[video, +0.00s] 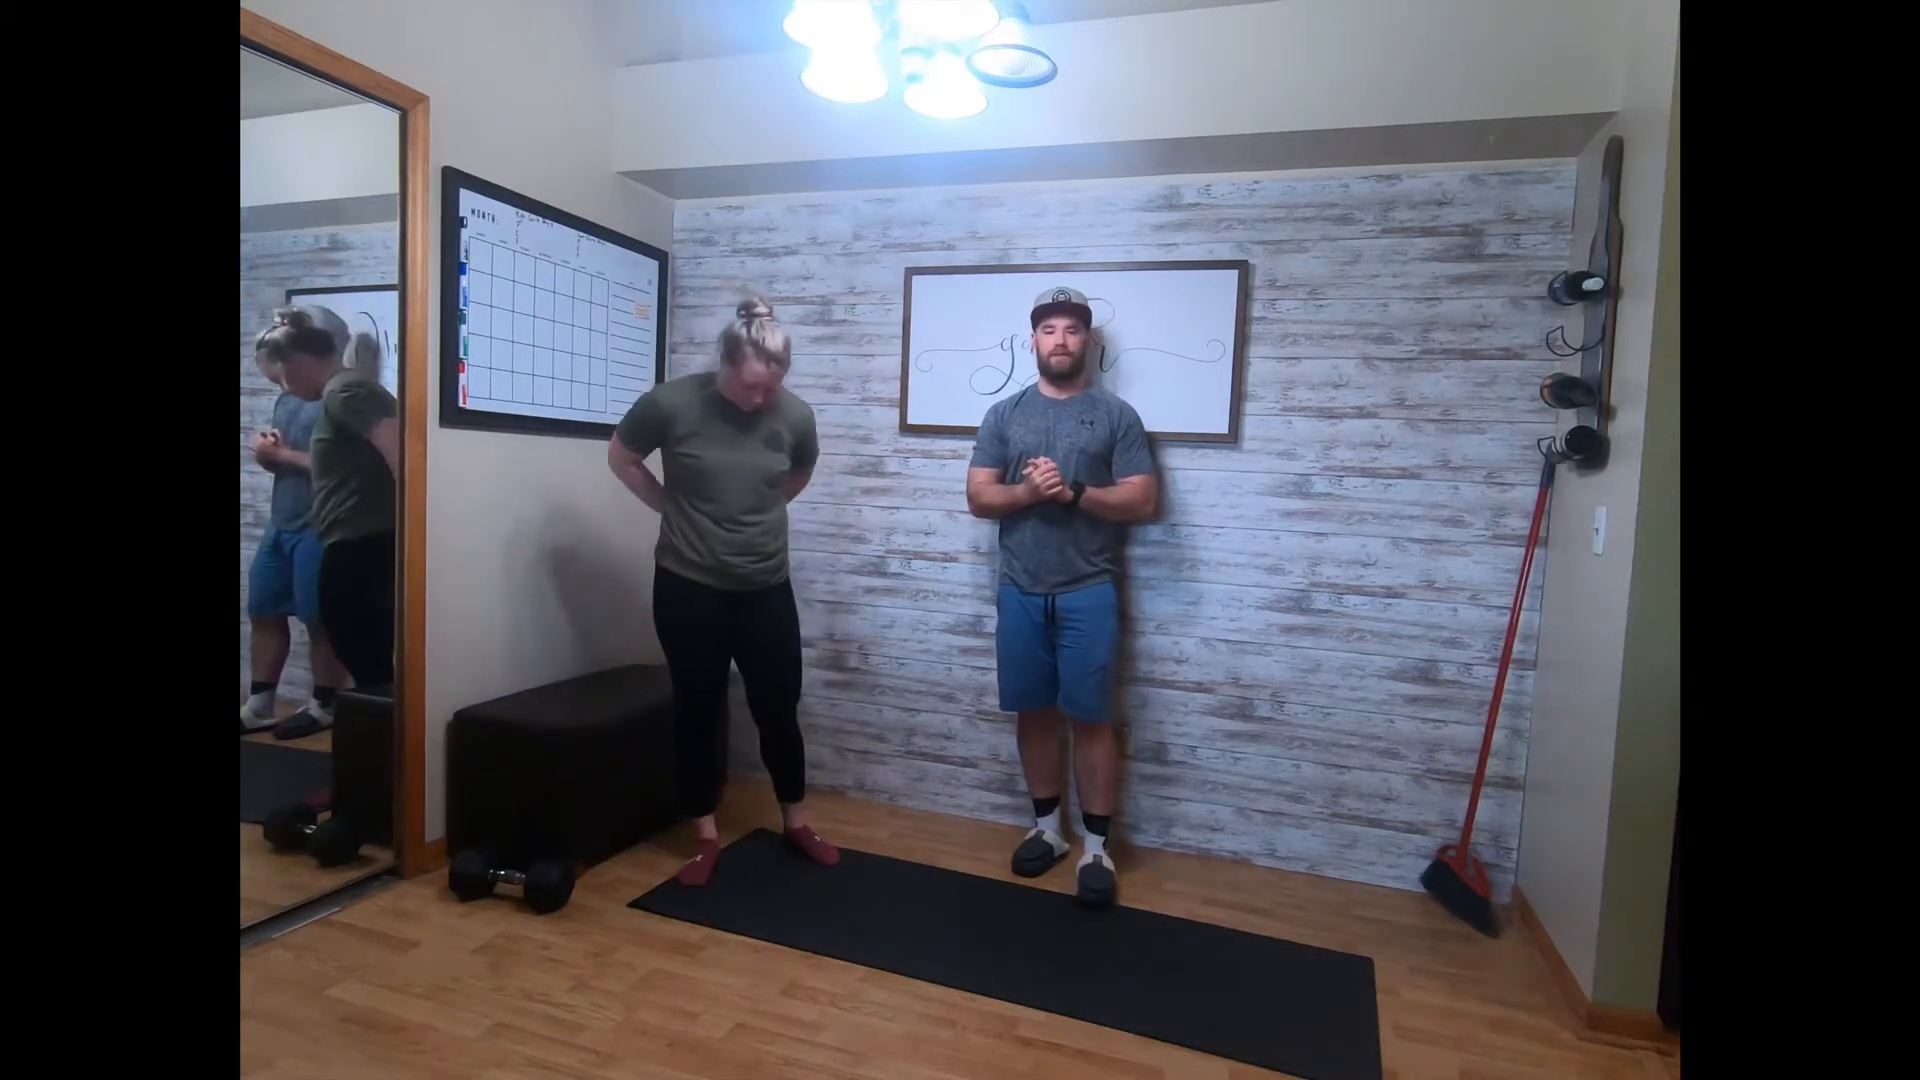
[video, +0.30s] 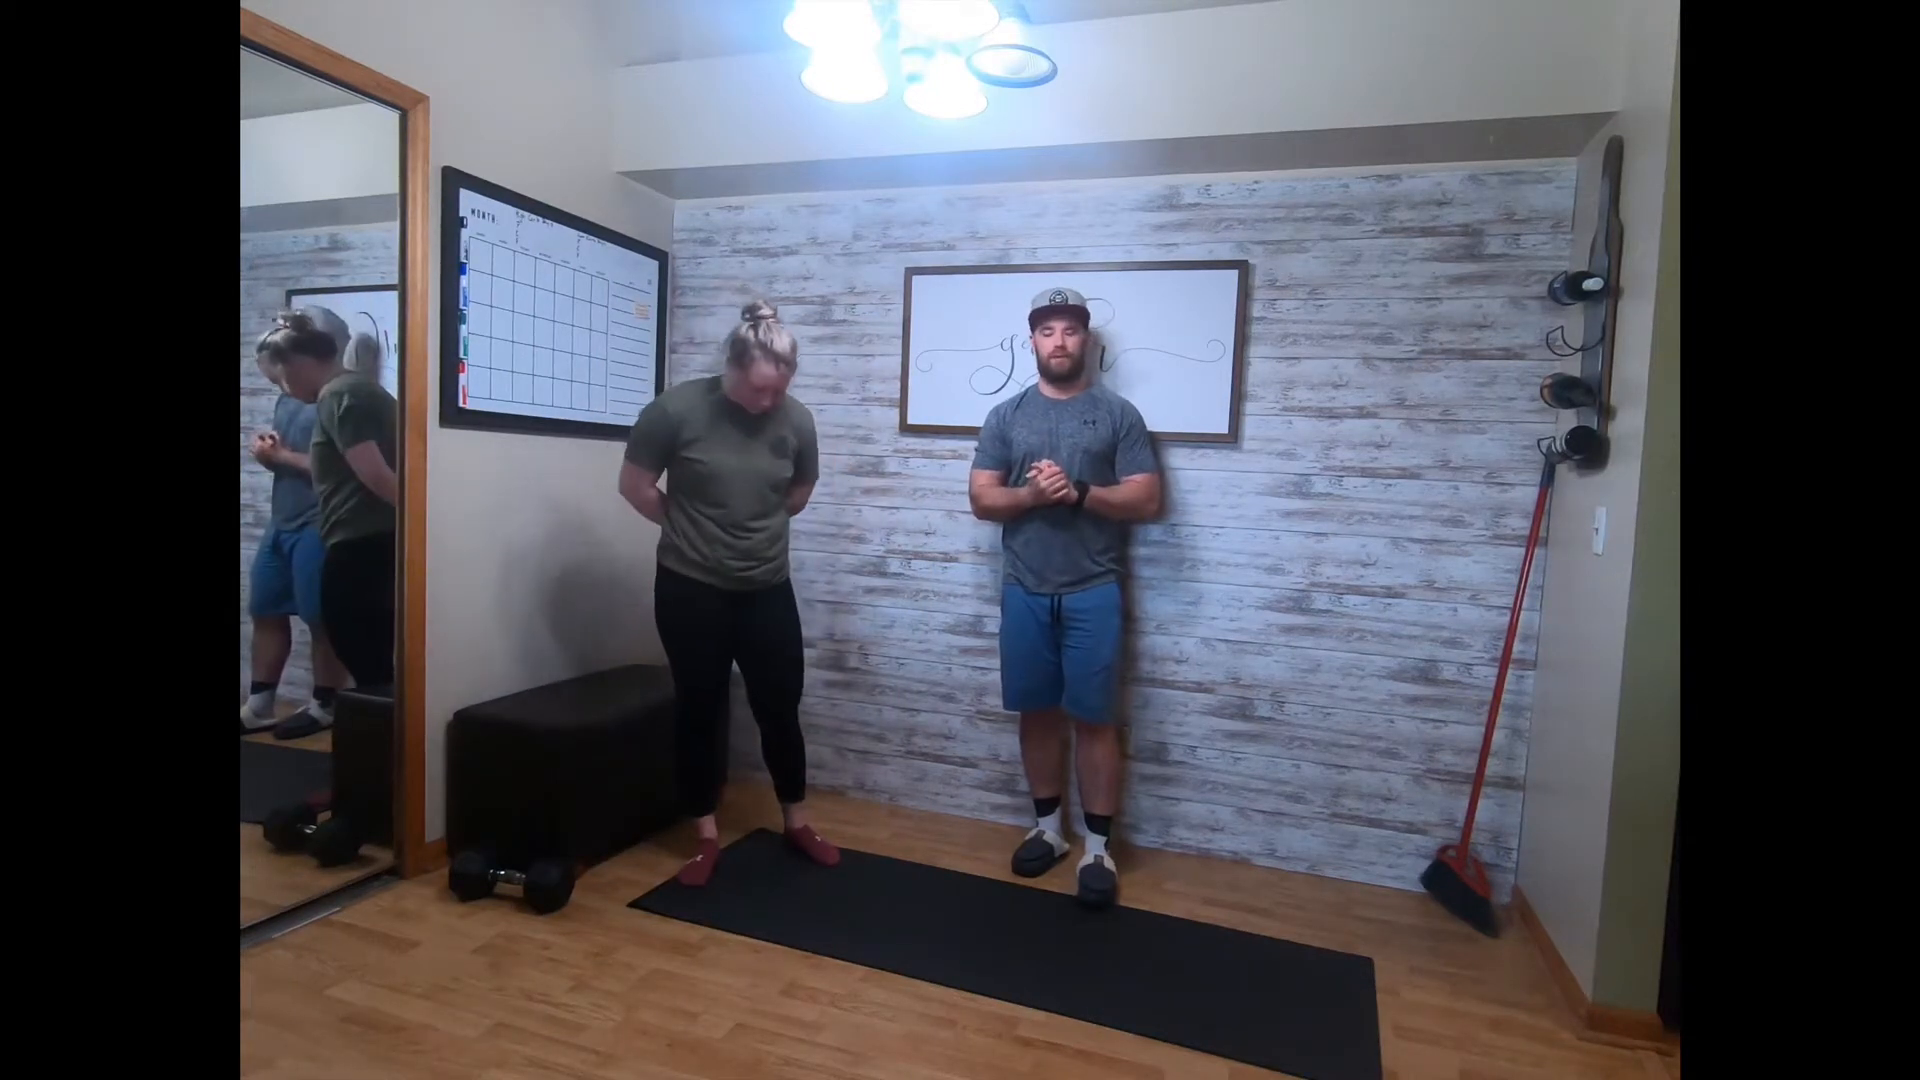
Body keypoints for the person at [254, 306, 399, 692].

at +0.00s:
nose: (287, 390)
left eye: (283, 378)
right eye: (280, 382)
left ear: (299, 359)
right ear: (312, 354)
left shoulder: (346, 391)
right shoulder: (342, 394)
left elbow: (401, 450)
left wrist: (417, 518)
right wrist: (284, 452)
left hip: (362, 547)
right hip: (356, 544)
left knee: (367, 661)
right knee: (368, 660)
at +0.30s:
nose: (286, 392)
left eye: (283, 380)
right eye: (280, 383)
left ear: (301, 361)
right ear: (319, 355)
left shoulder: (341, 396)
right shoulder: (369, 391)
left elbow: (377, 476)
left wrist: (426, 513)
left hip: (358, 548)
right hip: (376, 544)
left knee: (365, 660)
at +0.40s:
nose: (282, 397)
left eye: (277, 385)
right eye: (275, 389)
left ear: (294, 365)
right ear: (316, 355)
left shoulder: (336, 398)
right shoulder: (361, 393)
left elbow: (380, 477)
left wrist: (427, 516)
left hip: (362, 550)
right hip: (377, 547)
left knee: (369, 666)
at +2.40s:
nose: (306, 340)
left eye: (314, 332)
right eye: (308, 331)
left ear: (340, 341)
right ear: (343, 343)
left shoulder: (362, 395)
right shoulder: (347, 395)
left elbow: (390, 486)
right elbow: (384, 483)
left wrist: (428, 527)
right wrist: (428, 523)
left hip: (357, 548)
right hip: (343, 546)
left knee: (355, 660)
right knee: (352, 658)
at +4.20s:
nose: (326, 365)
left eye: (330, 354)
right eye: (324, 357)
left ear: (357, 351)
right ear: (358, 353)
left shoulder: (388, 400)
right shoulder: (360, 401)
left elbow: (414, 472)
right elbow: (355, 468)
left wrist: (411, 538)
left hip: (380, 544)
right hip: (356, 543)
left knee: (374, 647)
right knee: (363, 645)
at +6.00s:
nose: (308, 344)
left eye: (314, 335)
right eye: (310, 335)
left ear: (340, 343)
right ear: (349, 344)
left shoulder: (346, 395)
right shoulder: (379, 391)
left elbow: (361, 476)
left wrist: (404, 511)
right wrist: (406, 511)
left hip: (345, 542)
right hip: (372, 537)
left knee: (358, 659)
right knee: (374, 653)